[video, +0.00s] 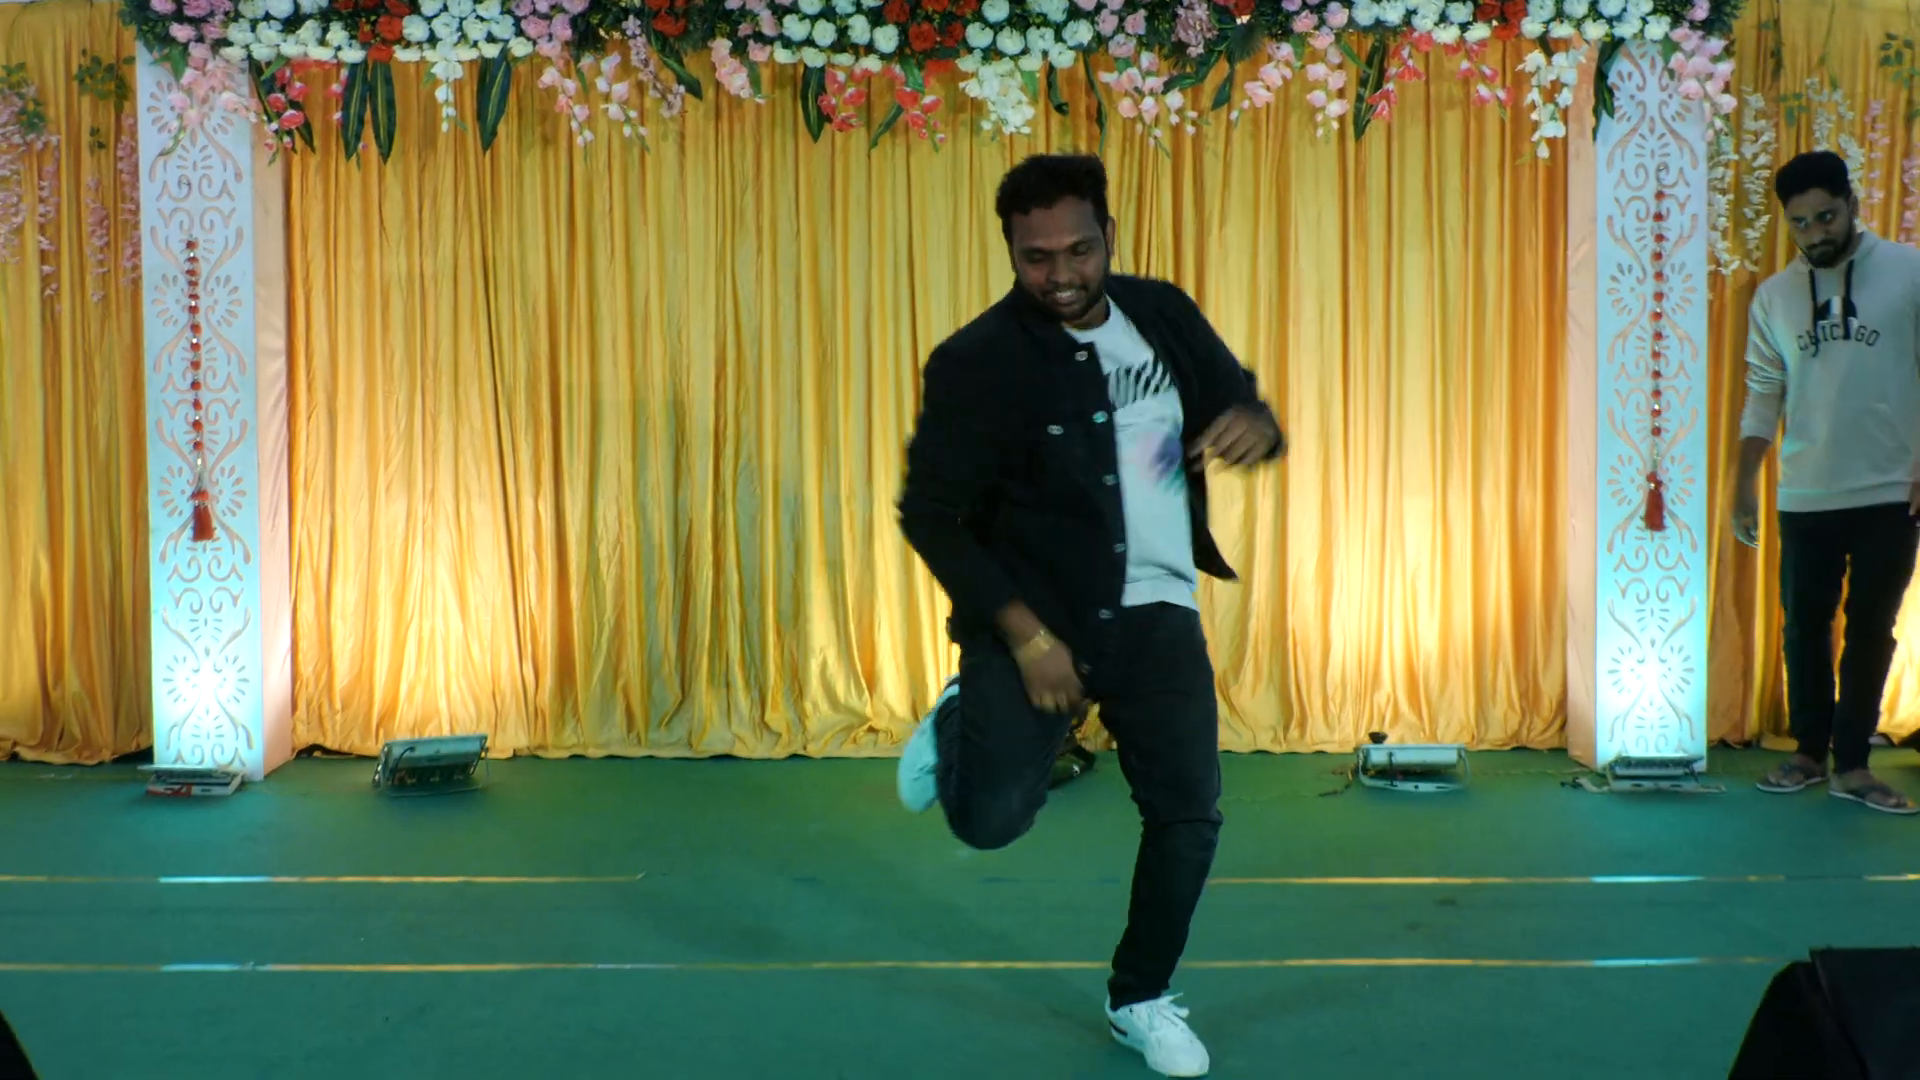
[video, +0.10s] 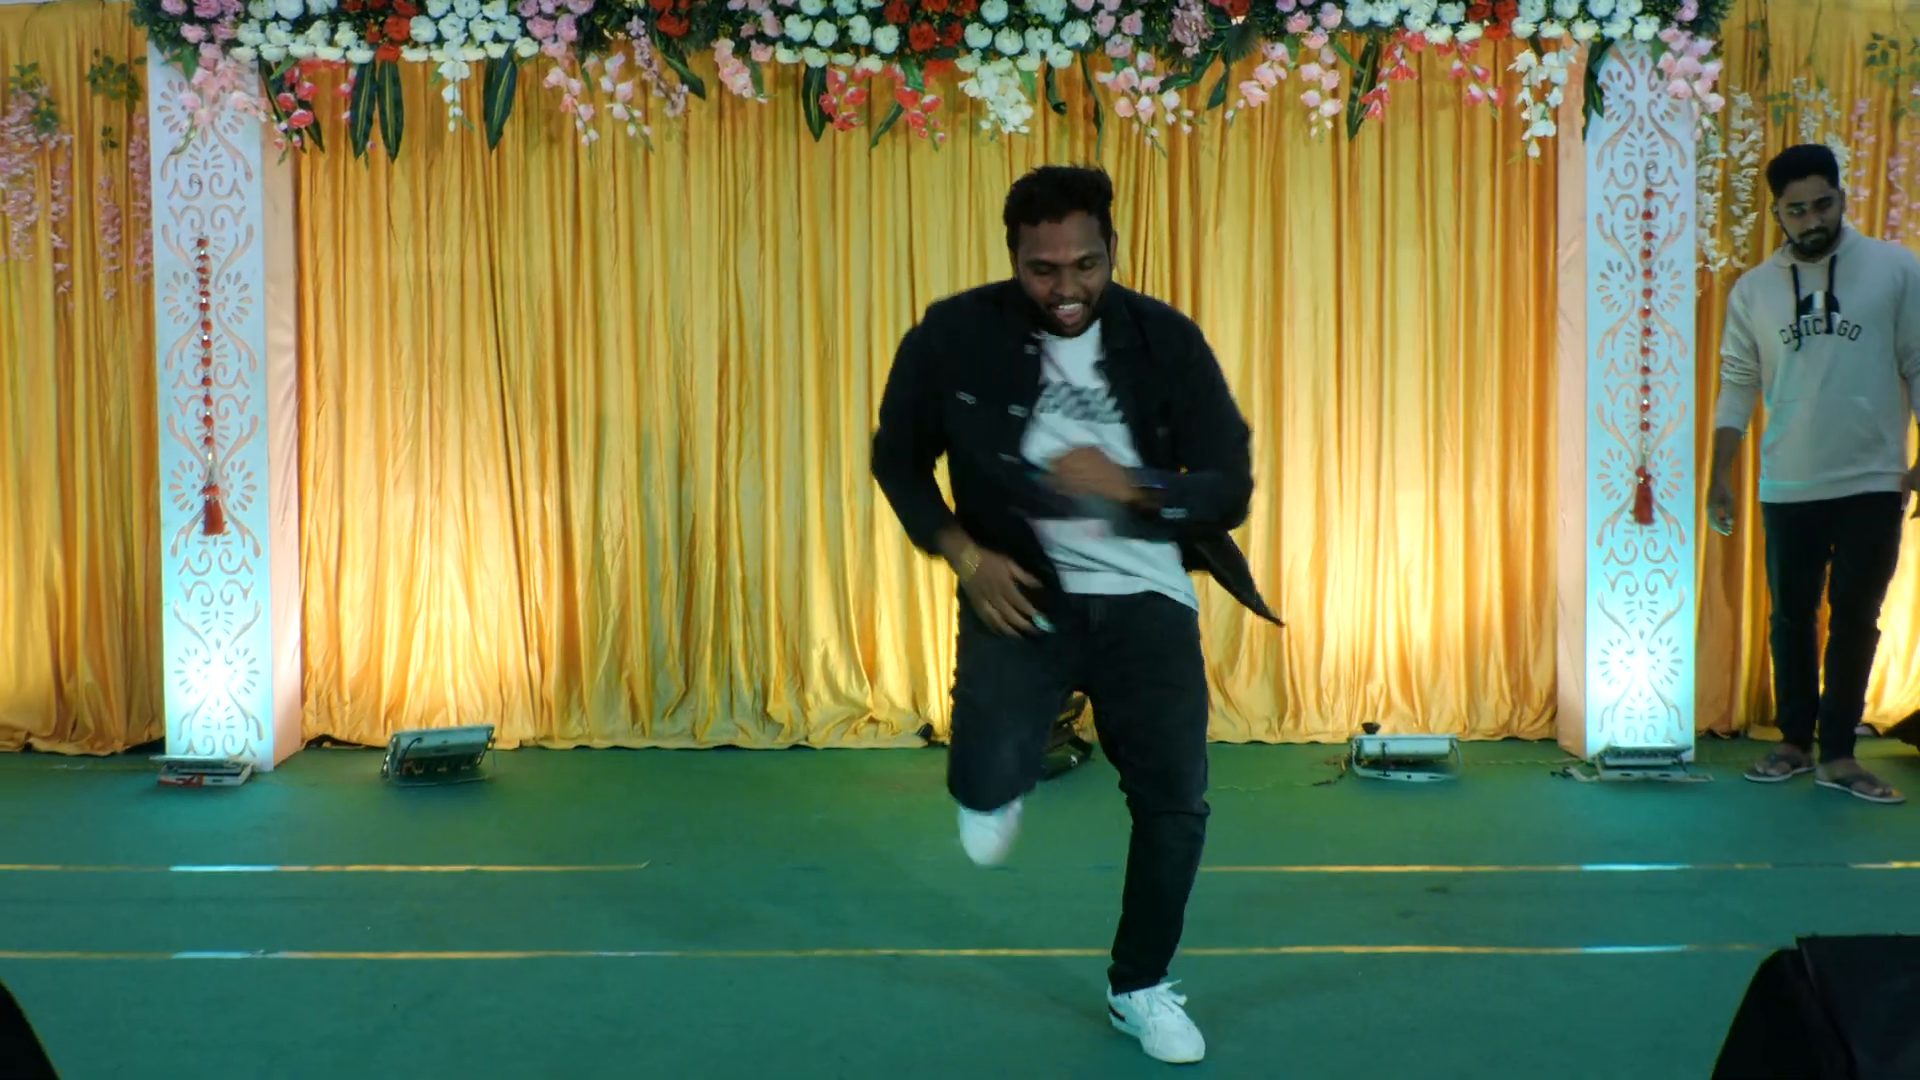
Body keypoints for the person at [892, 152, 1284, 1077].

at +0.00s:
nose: (1063, 276)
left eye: (1079, 251)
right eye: (1039, 258)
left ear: (1109, 240)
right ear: (1010, 255)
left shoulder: (1163, 314)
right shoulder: (974, 364)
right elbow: (928, 514)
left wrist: (1252, 425)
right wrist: (1023, 630)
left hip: (1158, 616)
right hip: (1032, 623)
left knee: (1187, 816)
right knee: (991, 820)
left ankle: (1139, 993)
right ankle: (956, 724)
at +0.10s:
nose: (1066, 290)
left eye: (1084, 267)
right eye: (1045, 270)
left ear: (1111, 254)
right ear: (1013, 258)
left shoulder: (1166, 341)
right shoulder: (952, 335)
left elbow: (1229, 489)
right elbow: (896, 457)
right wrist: (962, 554)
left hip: (1147, 605)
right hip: (1020, 598)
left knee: (1176, 805)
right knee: (984, 780)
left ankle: (1140, 982)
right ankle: (997, 791)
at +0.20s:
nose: (1046, 269)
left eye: (1064, 248)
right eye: (1026, 250)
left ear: (1095, 239)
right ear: (998, 242)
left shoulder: (1137, 331)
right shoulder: (952, 290)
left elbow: (1155, 481)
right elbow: (883, 389)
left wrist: (1020, 441)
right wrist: (903, 480)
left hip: (1113, 590)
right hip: (990, 570)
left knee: (1150, 790)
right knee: (936, 744)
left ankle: (1145, 972)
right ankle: (1007, 845)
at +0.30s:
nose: (1003, 242)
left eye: (1023, 223)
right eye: (984, 223)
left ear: (1060, 210)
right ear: (963, 212)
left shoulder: (1096, 302)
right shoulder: (932, 250)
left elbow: (1084, 455)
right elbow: (879, 354)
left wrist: (944, 404)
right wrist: (860, 446)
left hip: (1070, 561)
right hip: (952, 550)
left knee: (1123, 761)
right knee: (888, 745)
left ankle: (1156, 955)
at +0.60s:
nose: (897, 255)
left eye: (919, 239)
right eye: (884, 233)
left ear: (966, 238)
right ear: (869, 228)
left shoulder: (1005, 345)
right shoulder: (854, 293)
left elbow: (987, 511)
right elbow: (832, 417)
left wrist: (868, 430)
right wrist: (814, 517)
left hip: (985, 611)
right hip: (877, 601)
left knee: (1012, 798)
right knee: (845, 791)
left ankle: (1052, 964)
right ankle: (877, 983)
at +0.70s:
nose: (871, 249)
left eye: (894, 232)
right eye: (859, 228)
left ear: (940, 235)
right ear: (845, 226)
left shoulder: (974, 341)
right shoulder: (840, 300)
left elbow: (901, 482)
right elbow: (838, 433)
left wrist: (803, 398)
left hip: (970, 607)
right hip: (861, 588)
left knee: (1004, 797)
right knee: (790, 751)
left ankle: (1052, 965)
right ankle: (840, 954)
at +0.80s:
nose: (842, 213)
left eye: (867, 200)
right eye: (833, 192)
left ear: (913, 212)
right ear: (821, 189)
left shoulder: (925, 310)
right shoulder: (810, 267)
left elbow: (829, 451)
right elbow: (798, 393)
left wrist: (684, 405)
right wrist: (801, 479)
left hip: (954, 583)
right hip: (837, 575)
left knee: (1017, 762)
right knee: (772, 751)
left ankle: (1061, 947)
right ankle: (793, 976)